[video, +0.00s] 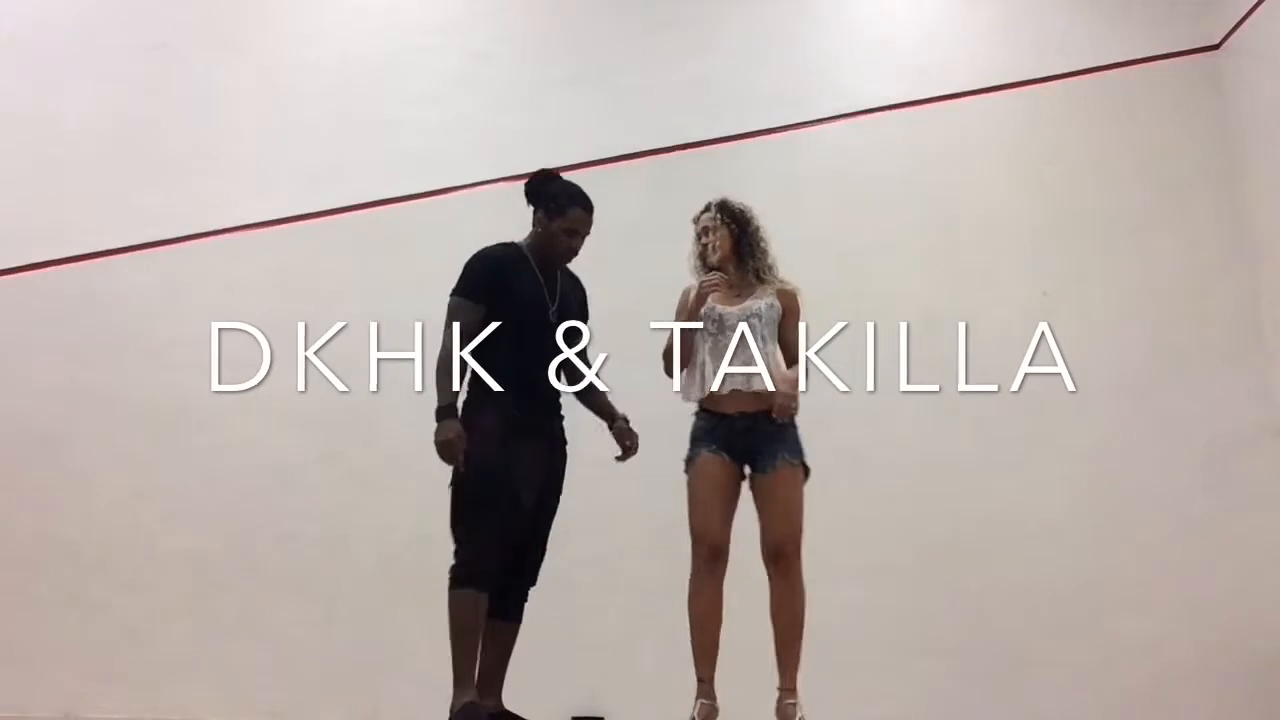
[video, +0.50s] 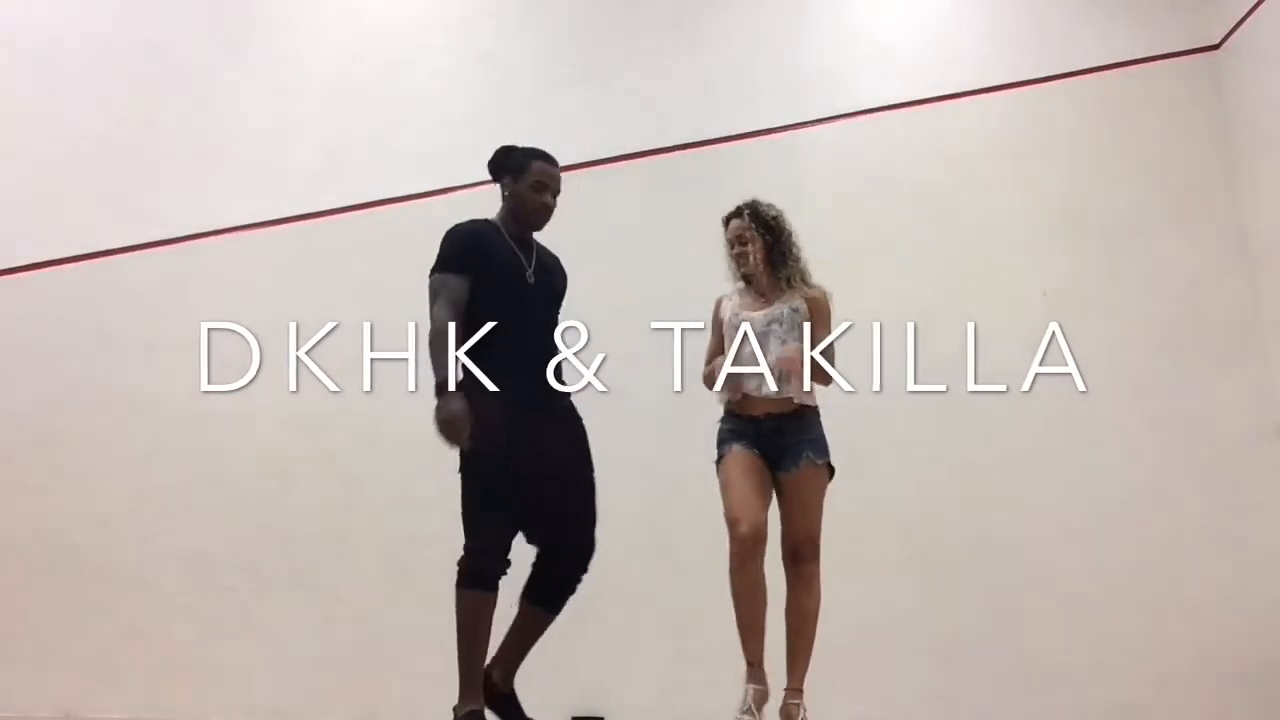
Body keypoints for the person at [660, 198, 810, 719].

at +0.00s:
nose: (705, 241)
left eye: (713, 231)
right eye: (701, 235)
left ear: (739, 234)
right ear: (699, 244)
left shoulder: (780, 296)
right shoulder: (696, 296)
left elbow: (794, 362)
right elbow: (673, 368)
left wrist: (789, 387)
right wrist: (691, 309)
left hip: (773, 431)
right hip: (713, 431)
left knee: (782, 555)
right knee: (709, 553)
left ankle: (788, 692)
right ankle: (705, 693)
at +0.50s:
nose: (740, 250)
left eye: (747, 240)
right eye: (734, 243)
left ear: (771, 240)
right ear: (729, 250)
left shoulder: (810, 300)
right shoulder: (726, 305)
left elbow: (827, 375)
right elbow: (708, 376)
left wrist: (801, 365)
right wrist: (727, 369)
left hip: (798, 430)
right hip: (740, 431)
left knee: (801, 556)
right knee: (745, 533)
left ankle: (794, 695)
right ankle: (755, 678)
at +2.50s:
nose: (746, 224)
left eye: (756, 216)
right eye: (737, 220)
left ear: (777, 227)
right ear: (730, 237)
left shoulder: (804, 283)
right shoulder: (720, 295)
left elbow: (844, 351)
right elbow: (710, 367)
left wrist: (818, 303)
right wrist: (684, 425)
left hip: (788, 429)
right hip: (725, 428)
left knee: (796, 553)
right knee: (720, 552)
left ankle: (806, 695)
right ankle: (709, 692)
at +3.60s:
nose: (727, 229)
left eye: (734, 219)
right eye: (720, 225)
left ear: (759, 225)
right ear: (717, 239)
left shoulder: (796, 286)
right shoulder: (713, 297)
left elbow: (828, 350)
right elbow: (704, 372)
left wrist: (846, 290)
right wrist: (657, 344)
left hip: (790, 430)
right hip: (728, 431)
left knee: (790, 556)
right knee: (717, 549)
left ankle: (782, 695)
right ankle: (715, 687)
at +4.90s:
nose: (720, 228)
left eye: (727, 219)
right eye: (712, 223)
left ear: (749, 223)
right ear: (706, 234)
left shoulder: (783, 283)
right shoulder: (700, 292)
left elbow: (811, 349)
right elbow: (691, 362)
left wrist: (775, 310)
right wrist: (684, 386)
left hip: (776, 426)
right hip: (714, 426)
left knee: (787, 554)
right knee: (707, 551)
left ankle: (795, 693)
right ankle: (697, 690)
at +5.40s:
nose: (713, 225)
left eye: (721, 215)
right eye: (707, 219)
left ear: (743, 221)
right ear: (700, 231)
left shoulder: (776, 285)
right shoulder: (689, 286)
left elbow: (800, 354)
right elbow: (668, 359)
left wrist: (783, 380)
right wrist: (685, 327)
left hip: (757, 427)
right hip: (696, 423)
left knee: (778, 541)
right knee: (689, 552)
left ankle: (762, 684)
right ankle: (689, 689)